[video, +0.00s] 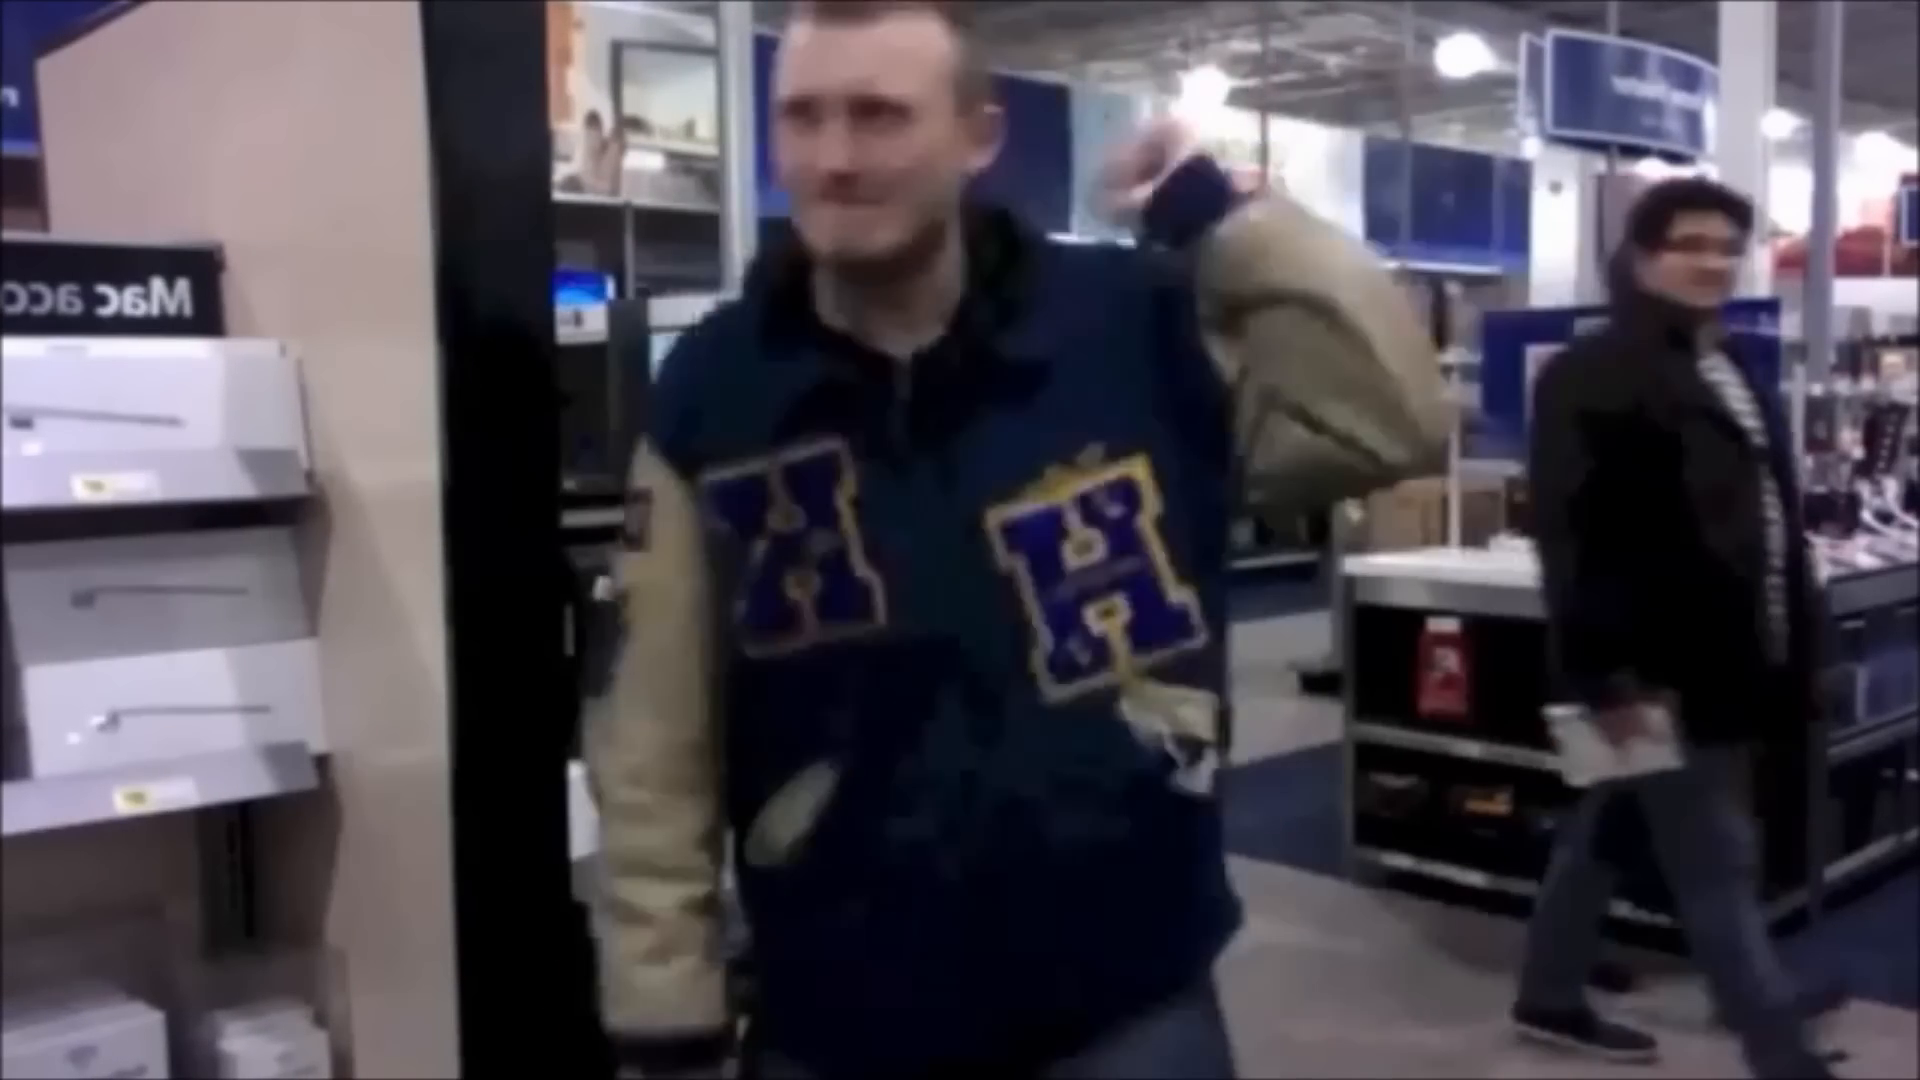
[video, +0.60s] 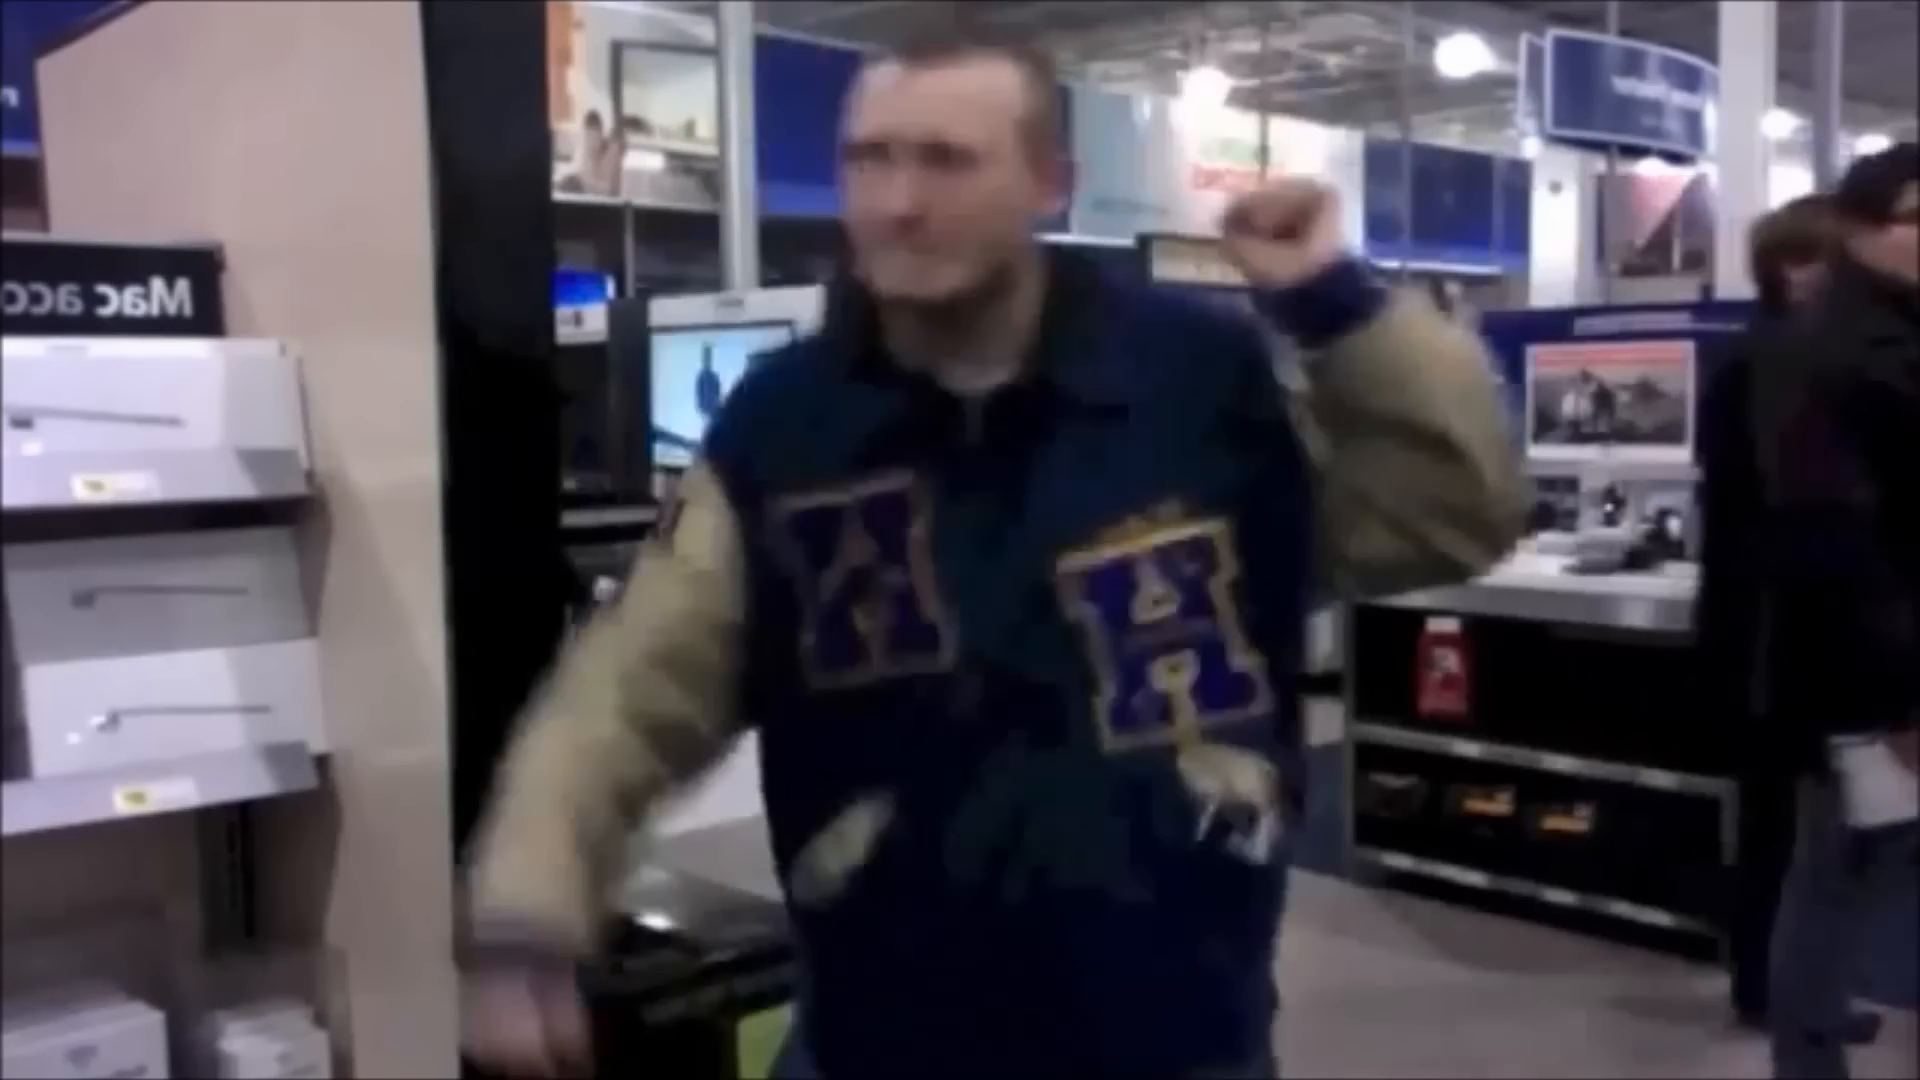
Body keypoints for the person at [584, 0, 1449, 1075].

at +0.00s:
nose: (834, 155)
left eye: (878, 116)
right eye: (804, 116)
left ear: (978, 134)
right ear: (774, 135)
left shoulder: (1132, 329)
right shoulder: (716, 387)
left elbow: (1388, 426)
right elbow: (656, 730)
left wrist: (1219, 219)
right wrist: (665, 1017)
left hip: (1117, 994)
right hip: (845, 1001)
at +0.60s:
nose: (899, 199)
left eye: (946, 162)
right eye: (873, 160)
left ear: (1048, 182)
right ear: (840, 180)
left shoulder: (1201, 376)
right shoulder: (785, 428)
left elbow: (1460, 514)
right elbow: (635, 688)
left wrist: (1333, 301)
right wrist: (521, 922)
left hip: (1169, 1031)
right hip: (893, 1038)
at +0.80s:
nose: (1236, 44)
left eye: (1293, 9)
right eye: (1217, 5)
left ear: (1398, 31)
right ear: (1180, 18)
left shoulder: (1437, 352)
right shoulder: (1006, 186)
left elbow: (1459, 708)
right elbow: (747, 172)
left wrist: (1468, 1011)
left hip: (1244, 924)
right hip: (979, 883)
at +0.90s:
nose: (1236, 47)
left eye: (1291, 9)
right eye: (1216, 6)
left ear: (1398, 30)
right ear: (1179, 18)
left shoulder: (1437, 350)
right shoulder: (1006, 186)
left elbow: (1459, 708)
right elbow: (748, 171)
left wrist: (1468, 1012)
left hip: (1244, 924)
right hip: (980, 884)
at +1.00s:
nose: (1310, 90)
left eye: (1367, 51)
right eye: (1289, 45)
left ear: (1469, 84)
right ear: (1257, 55)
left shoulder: (1515, 393)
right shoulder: (1104, 203)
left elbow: (1492, 741)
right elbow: (828, 198)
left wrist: (1445, 1033)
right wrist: (1030, 11)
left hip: (1268, 931)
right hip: (1010, 880)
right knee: (865, 1066)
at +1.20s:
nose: (1305, 92)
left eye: (1363, 53)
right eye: (1285, 46)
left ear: (1467, 84)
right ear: (1254, 53)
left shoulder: (1514, 394)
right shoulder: (1103, 200)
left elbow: (1485, 749)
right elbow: (826, 194)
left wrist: (1441, 1036)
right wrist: (1045, 10)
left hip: (1265, 936)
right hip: (1008, 883)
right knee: (863, 1065)